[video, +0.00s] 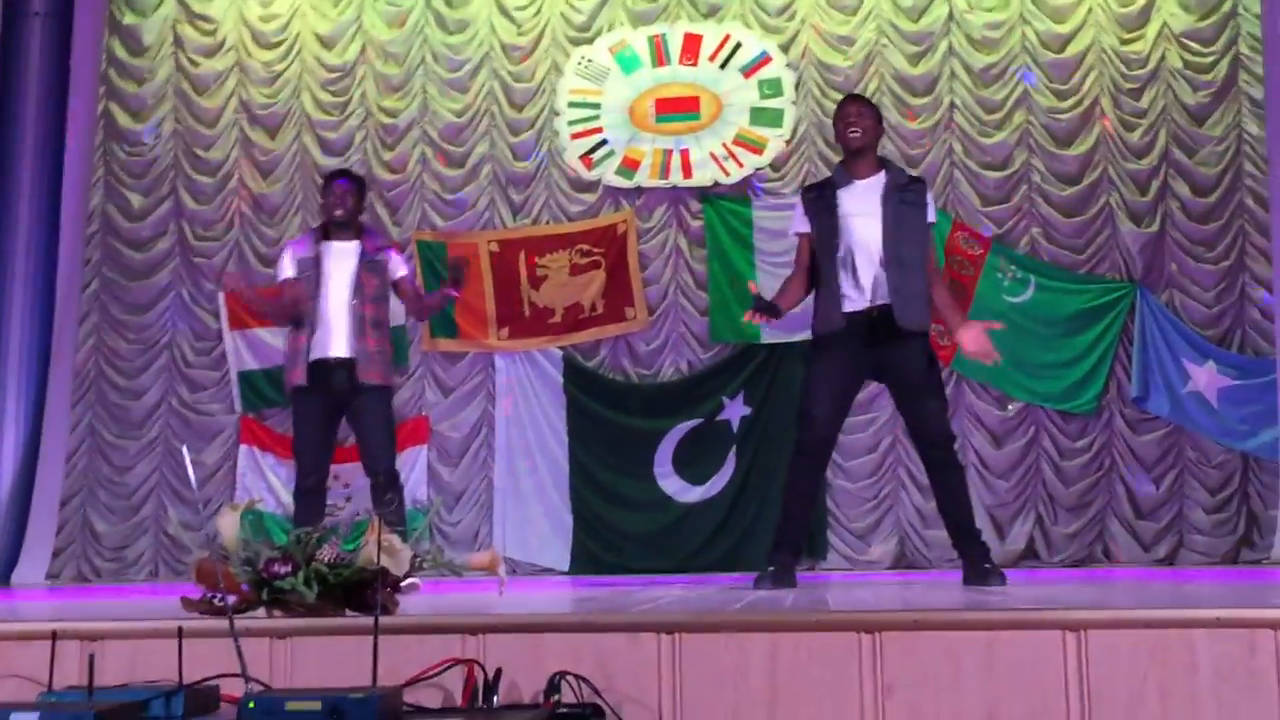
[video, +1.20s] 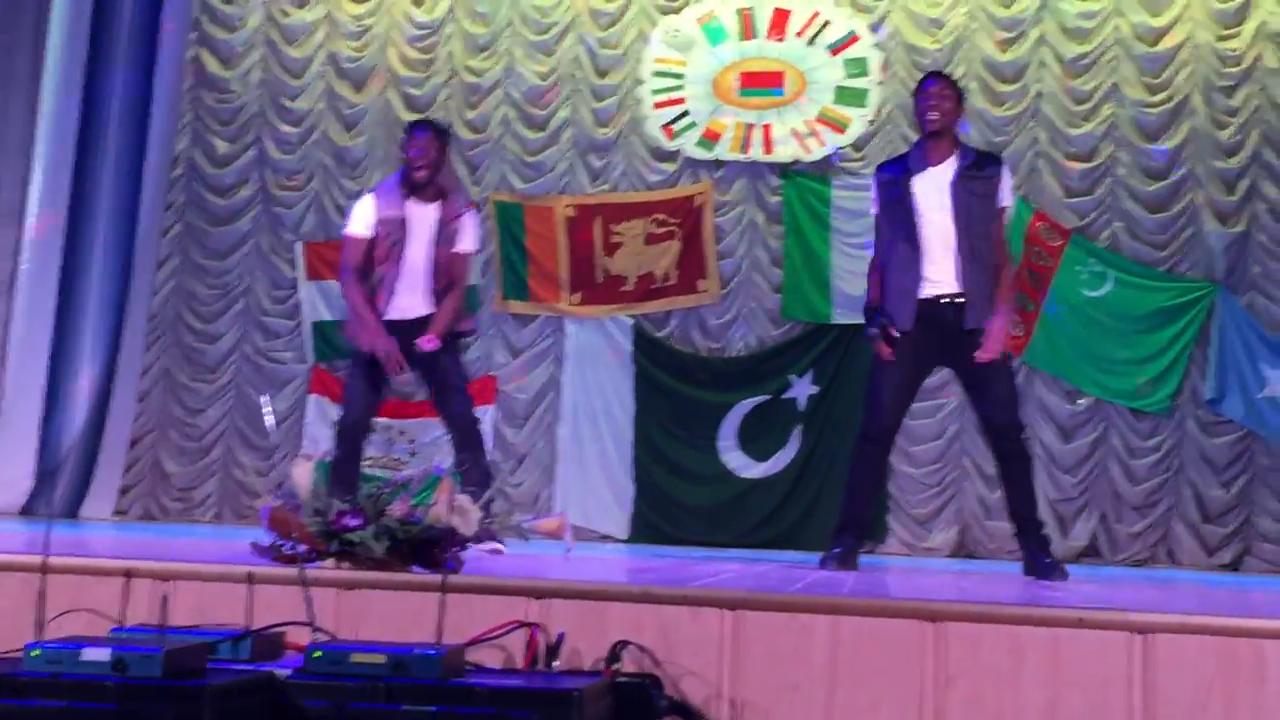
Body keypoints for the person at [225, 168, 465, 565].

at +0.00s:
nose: (339, 203)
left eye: (347, 196)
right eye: (332, 196)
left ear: (361, 204)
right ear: (322, 201)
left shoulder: (383, 252)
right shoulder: (296, 251)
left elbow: (416, 308)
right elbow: (289, 309)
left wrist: (441, 297)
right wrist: (245, 291)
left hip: (367, 375)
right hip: (312, 376)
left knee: (382, 469)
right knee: (309, 473)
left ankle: (396, 559)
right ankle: (303, 562)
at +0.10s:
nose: (349, 196)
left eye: (358, 189)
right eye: (343, 189)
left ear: (373, 195)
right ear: (335, 194)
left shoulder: (397, 245)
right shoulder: (311, 242)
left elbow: (403, 295)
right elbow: (307, 302)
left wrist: (352, 281)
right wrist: (351, 323)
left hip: (373, 364)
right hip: (320, 363)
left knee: (385, 459)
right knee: (305, 461)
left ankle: (394, 548)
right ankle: (301, 549)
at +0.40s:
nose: (408, 191)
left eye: (417, 184)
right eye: (403, 184)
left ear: (435, 187)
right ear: (395, 187)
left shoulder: (459, 238)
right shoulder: (373, 233)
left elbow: (467, 297)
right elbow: (346, 282)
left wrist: (417, 301)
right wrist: (381, 290)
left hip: (431, 358)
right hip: (377, 354)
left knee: (439, 451)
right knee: (354, 449)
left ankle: (440, 544)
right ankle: (342, 542)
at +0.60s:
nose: (421, 180)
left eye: (429, 174)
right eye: (416, 174)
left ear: (445, 183)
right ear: (408, 181)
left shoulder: (468, 231)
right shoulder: (389, 227)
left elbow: (481, 294)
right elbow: (331, 235)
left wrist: (439, 326)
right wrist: (360, 225)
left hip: (450, 354)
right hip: (394, 351)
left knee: (461, 451)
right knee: (373, 449)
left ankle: (464, 547)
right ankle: (350, 543)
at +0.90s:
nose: (405, 176)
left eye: (415, 171)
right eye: (400, 168)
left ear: (428, 183)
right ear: (389, 176)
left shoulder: (438, 241)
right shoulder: (359, 216)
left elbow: (419, 310)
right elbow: (346, 250)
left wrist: (384, 361)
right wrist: (364, 260)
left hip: (404, 345)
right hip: (351, 344)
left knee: (444, 409)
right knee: (334, 442)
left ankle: (458, 515)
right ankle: (334, 530)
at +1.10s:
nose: (402, 187)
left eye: (411, 180)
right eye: (395, 178)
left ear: (424, 189)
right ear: (383, 184)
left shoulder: (436, 246)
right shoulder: (352, 235)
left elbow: (421, 315)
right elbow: (347, 312)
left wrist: (392, 366)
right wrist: (391, 368)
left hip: (406, 348)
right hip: (350, 348)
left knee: (448, 410)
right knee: (329, 436)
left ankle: (465, 513)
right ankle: (329, 524)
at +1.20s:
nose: (420, 161)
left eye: (429, 154)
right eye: (413, 153)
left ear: (444, 158)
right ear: (403, 154)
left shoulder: (461, 214)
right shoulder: (372, 206)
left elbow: (458, 286)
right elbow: (350, 278)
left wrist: (432, 336)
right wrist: (378, 339)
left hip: (431, 329)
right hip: (378, 329)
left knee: (462, 417)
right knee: (353, 420)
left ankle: (478, 515)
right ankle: (340, 513)